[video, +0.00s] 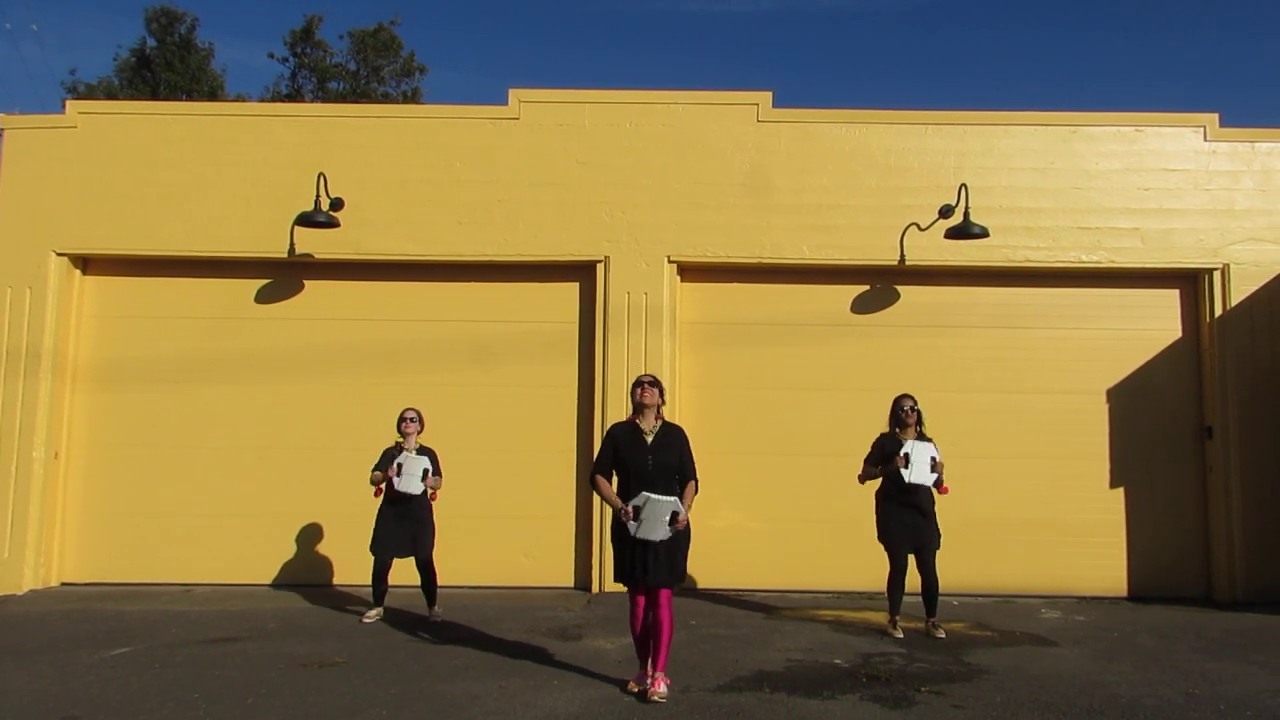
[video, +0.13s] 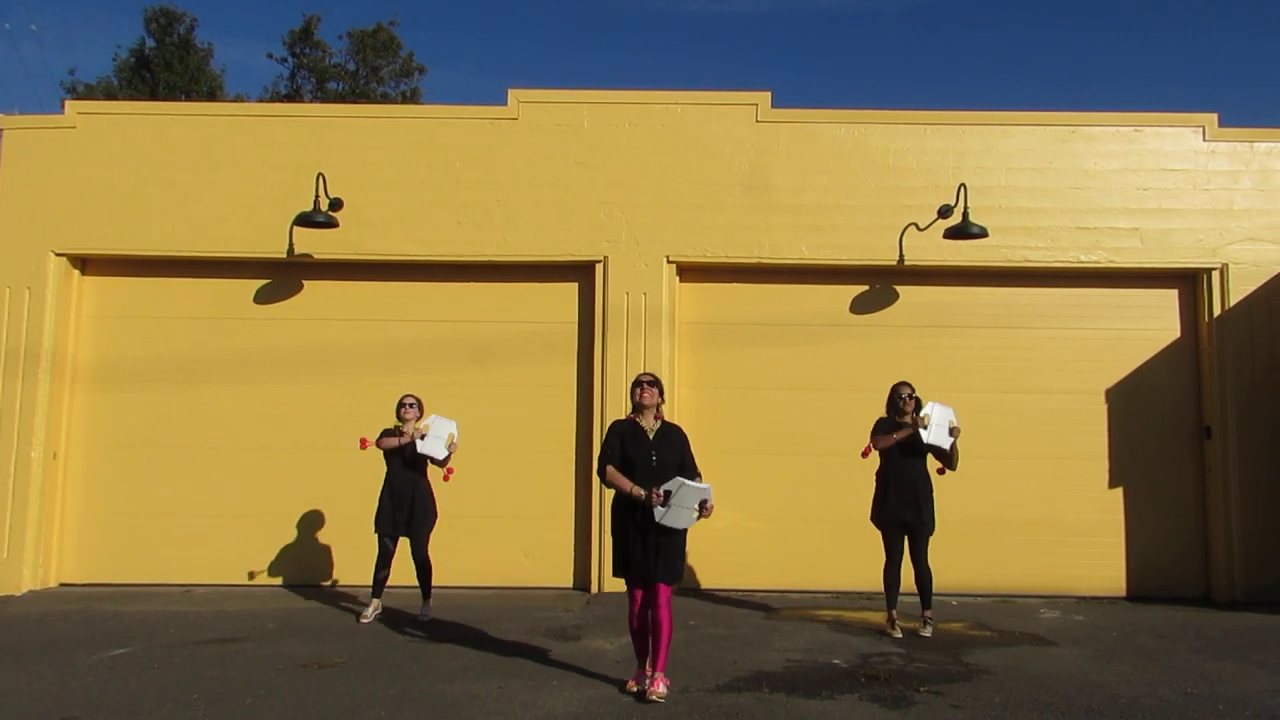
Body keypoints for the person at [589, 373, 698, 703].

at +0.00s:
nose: (644, 389)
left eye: (651, 386)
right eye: (639, 386)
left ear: (661, 397)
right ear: (632, 396)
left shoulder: (675, 433)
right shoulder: (618, 432)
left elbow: (690, 479)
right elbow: (598, 476)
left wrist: (684, 508)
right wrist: (618, 505)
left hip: (669, 525)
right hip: (632, 525)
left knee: (662, 597)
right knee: (638, 599)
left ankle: (659, 674)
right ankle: (644, 669)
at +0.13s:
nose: (643, 390)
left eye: (650, 386)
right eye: (638, 386)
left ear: (660, 397)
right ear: (631, 395)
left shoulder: (675, 433)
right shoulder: (620, 429)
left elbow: (692, 478)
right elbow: (606, 470)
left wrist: (702, 502)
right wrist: (643, 493)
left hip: (668, 528)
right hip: (632, 528)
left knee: (661, 598)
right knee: (637, 599)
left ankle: (659, 674)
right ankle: (643, 670)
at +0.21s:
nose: (642, 391)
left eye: (648, 387)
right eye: (637, 387)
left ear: (658, 395)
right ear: (630, 396)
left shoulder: (673, 434)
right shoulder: (620, 427)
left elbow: (691, 472)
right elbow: (627, 459)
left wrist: (721, 481)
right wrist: (672, 465)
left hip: (667, 525)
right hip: (631, 524)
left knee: (660, 598)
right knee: (637, 599)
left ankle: (658, 674)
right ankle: (642, 669)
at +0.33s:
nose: (641, 394)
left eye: (647, 390)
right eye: (635, 390)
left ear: (657, 398)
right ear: (629, 398)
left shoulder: (671, 436)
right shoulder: (620, 425)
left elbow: (707, 464)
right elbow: (644, 432)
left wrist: (739, 449)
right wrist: (692, 427)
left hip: (668, 526)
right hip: (632, 525)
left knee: (662, 600)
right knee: (638, 600)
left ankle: (659, 675)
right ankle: (643, 670)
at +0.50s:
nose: (643, 392)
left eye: (649, 388)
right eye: (637, 388)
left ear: (660, 394)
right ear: (629, 396)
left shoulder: (675, 431)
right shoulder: (623, 426)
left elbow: (718, 435)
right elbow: (645, 403)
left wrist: (739, 399)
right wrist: (686, 380)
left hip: (667, 525)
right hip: (630, 525)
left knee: (662, 601)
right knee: (636, 606)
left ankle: (654, 673)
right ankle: (646, 663)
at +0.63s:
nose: (657, 411)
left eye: (663, 406)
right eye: (652, 405)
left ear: (671, 411)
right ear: (641, 409)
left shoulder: (681, 440)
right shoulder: (632, 436)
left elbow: (703, 410)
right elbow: (629, 402)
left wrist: (699, 363)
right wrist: (640, 357)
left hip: (666, 530)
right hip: (630, 529)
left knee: (659, 603)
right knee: (638, 604)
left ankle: (656, 678)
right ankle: (644, 672)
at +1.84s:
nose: (661, 395)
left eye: (667, 390)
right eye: (656, 390)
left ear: (677, 396)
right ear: (647, 395)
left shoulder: (686, 429)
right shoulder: (636, 428)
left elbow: (707, 447)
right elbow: (614, 438)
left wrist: (696, 407)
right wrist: (628, 402)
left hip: (674, 521)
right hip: (638, 521)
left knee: (664, 596)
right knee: (647, 598)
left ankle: (655, 673)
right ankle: (673, 657)